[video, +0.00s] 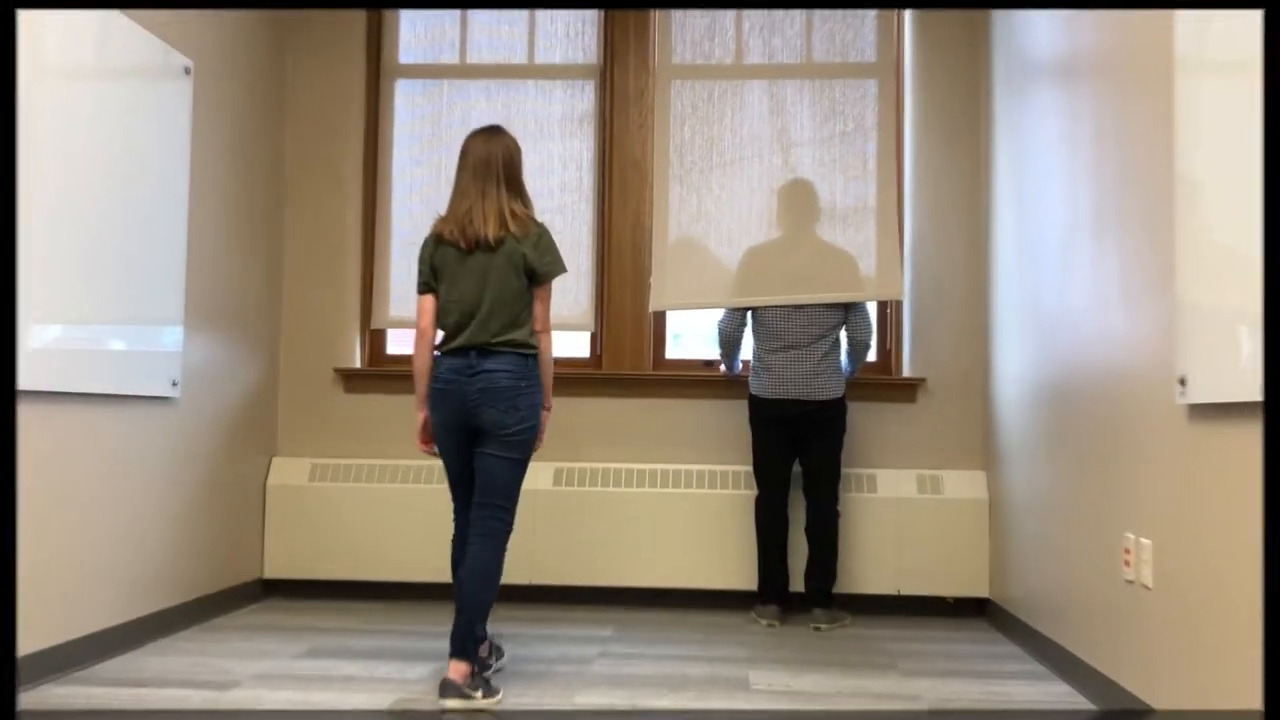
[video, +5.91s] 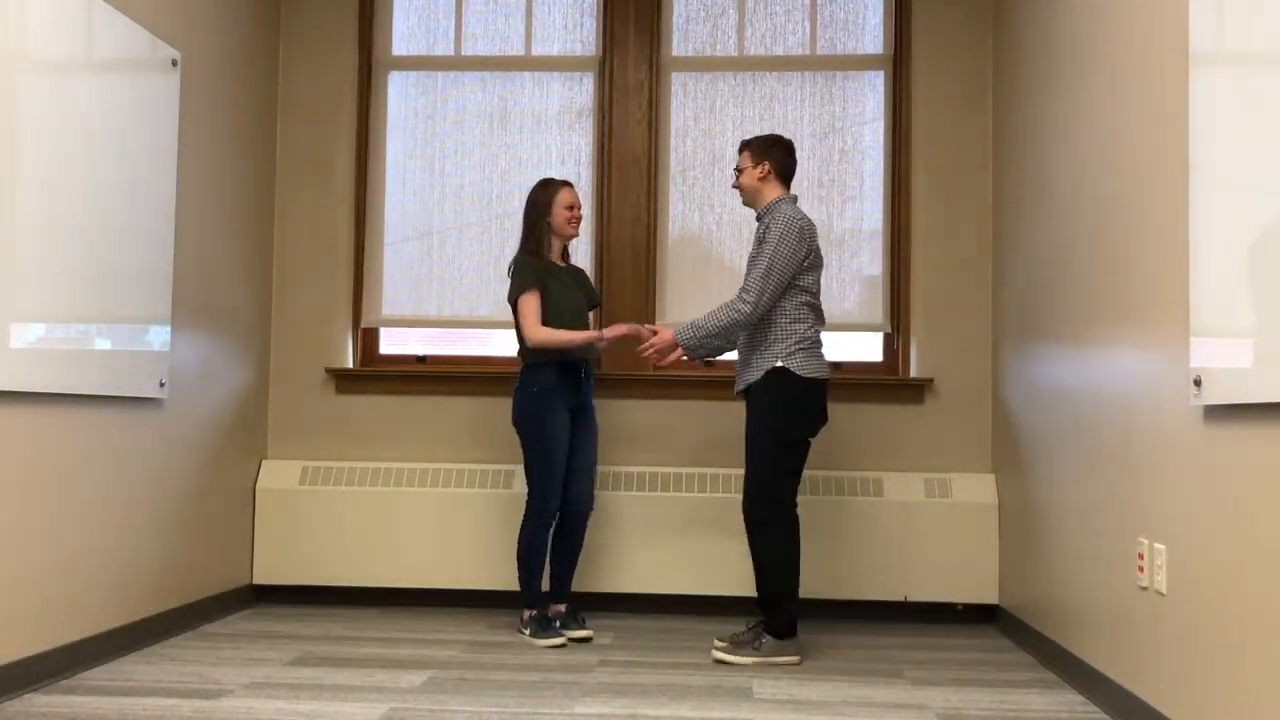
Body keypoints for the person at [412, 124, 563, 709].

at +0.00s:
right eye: (516, 164)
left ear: (463, 171)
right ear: (515, 172)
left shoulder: (439, 239)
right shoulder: (532, 235)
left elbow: (426, 331)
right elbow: (541, 329)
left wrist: (423, 403)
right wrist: (545, 399)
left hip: (450, 386)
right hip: (512, 386)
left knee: (465, 517)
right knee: (492, 524)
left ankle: (473, 639)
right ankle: (460, 665)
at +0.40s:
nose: (538, 184)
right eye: (534, 175)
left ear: (481, 179)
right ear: (530, 180)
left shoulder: (457, 244)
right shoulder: (542, 242)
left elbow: (450, 335)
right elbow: (553, 329)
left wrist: (457, 397)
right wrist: (571, 403)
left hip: (464, 392)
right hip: (525, 390)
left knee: (476, 521)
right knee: (546, 506)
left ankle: (476, 653)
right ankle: (534, 630)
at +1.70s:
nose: (598, 220)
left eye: (596, 212)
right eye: (593, 213)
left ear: (551, 218)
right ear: (579, 218)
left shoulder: (533, 274)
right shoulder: (587, 272)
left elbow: (533, 346)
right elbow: (599, 345)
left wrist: (545, 393)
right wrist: (621, 407)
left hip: (537, 392)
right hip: (576, 392)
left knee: (549, 502)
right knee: (586, 506)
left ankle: (554, 613)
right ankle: (561, 616)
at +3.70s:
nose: (566, 216)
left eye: (572, 209)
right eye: (557, 210)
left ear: (580, 215)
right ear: (541, 217)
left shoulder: (591, 276)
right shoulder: (526, 265)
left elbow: (601, 350)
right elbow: (519, 338)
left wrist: (589, 398)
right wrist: (551, 396)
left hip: (578, 394)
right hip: (534, 391)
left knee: (563, 504)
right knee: (533, 501)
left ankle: (559, 607)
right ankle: (530, 610)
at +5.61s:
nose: (576, 215)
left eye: (577, 209)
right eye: (566, 209)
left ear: (577, 215)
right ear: (542, 215)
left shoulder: (584, 278)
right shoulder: (526, 267)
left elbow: (595, 340)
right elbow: (516, 338)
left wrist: (602, 370)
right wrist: (567, 379)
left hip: (578, 394)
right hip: (539, 391)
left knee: (565, 504)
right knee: (537, 501)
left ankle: (557, 606)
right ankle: (530, 610)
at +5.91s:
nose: (577, 216)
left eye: (579, 209)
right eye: (569, 209)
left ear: (576, 217)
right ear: (542, 213)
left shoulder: (581, 276)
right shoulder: (527, 268)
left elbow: (588, 345)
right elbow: (532, 334)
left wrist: (608, 337)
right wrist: (596, 334)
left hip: (578, 396)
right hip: (541, 395)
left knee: (578, 504)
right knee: (543, 502)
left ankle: (559, 608)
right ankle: (532, 612)